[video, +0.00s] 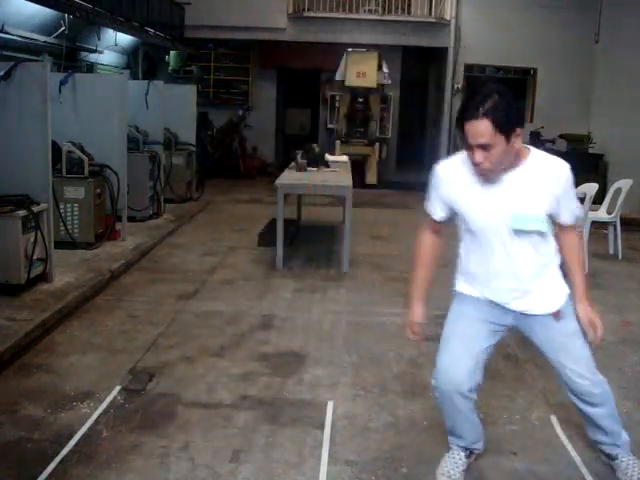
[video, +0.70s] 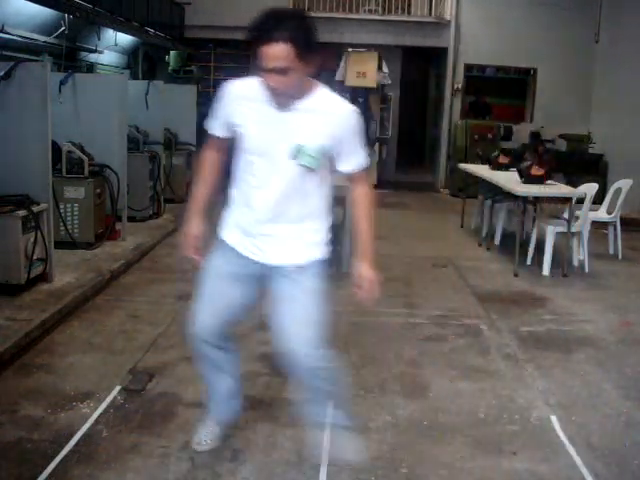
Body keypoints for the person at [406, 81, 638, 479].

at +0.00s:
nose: (476, 157)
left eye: (485, 148)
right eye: (469, 147)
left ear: (516, 138)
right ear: (463, 136)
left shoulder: (553, 174)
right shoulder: (449, 175)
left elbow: (569, 231)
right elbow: (432, 230)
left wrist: (582, 299)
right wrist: (417, 301)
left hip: (543, 300)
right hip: (476, 299)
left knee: (586, 382)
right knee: (450, 381)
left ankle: (619, 452)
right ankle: (464, 444)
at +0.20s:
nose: (446, 107)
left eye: (455, 97)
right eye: (440, 97)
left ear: (486, 87)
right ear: (434, 88)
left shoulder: (525, 129)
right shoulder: (418, 121)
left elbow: (549, 186)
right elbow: (402, 171)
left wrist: (561, 255)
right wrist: (407, 242)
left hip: (509, 271)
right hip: (442, 272)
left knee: (549, 357)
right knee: (449, 366)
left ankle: (590, 438)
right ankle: (468, 442)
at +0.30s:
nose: (420, 91)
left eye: (429, 80)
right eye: (413, 79)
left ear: (462, 71)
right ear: (406, 71)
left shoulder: (507, 114)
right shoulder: (396, 105)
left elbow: (535, 177)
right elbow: (381, 159)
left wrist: (534, 253)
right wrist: (375, 232)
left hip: (477, 253)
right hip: (411, 251)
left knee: (496, 347)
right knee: (407, 347)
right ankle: (432, 420)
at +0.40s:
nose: (391, 96)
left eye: (399, 84)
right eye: (385, 85)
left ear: (435, 75)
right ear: (380, 77)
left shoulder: (478, 122)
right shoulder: (372, 113)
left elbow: (502, 196)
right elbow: (358, 179)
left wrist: (499, 272)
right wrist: (342, 246)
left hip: (444, 264)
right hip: (377, 255)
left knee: (453, 366)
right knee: (338, 339)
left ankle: (472, 460)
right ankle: (337, 401)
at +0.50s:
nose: (356, 105)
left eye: (365, 95)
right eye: (350, 94)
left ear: (398, 88)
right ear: (344, 88)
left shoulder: (435, 140)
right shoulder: (335, 126)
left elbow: (453, 221)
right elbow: (318, 194)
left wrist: (456, 298)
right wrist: (295, 258)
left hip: (407, 284)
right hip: (338, 273)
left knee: (438, 375)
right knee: (276, 342)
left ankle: (473, 465)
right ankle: (238, 414)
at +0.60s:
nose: (312, 95)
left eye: (323, 85)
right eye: (308, 84)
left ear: (352, 80)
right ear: (301, 76)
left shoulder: (382, 135)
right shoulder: (281, 112)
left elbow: (404, 209)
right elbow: (262, 172)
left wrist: (412, 287)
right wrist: (243, 241)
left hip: (350, 278)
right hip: (279, 269)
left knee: (388, 361)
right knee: (246, 353)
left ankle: (450, 449)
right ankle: (239, 425)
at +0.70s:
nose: (272, 80)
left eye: (282, 71)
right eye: (265, 70)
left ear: (310, 64)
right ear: (256, 62)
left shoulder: (340, 116)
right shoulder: (237, 95)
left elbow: (360, 184)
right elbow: (213, 151)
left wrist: (364, 259)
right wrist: (195, 216)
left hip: (300, 257)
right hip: (236, 245)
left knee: (302, 350)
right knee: (205, 329)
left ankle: (333, 433)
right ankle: (223, 410)